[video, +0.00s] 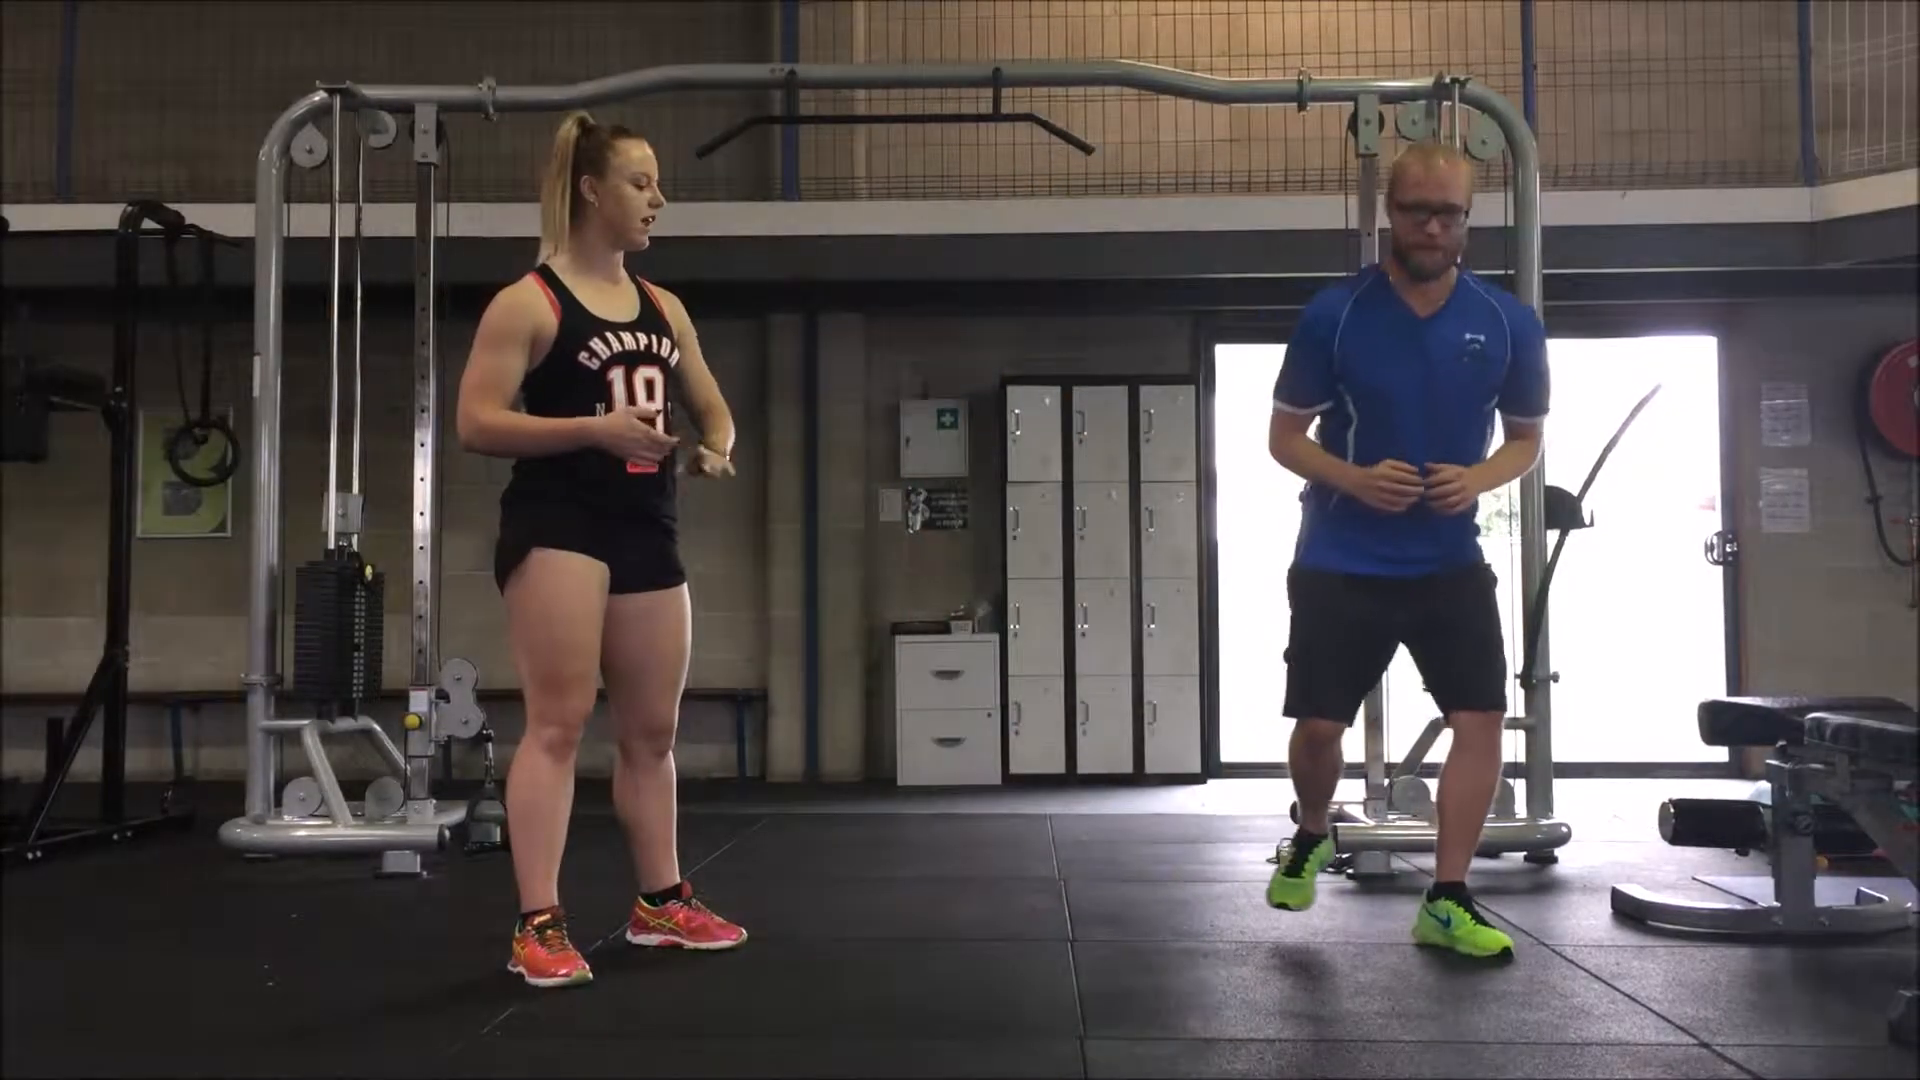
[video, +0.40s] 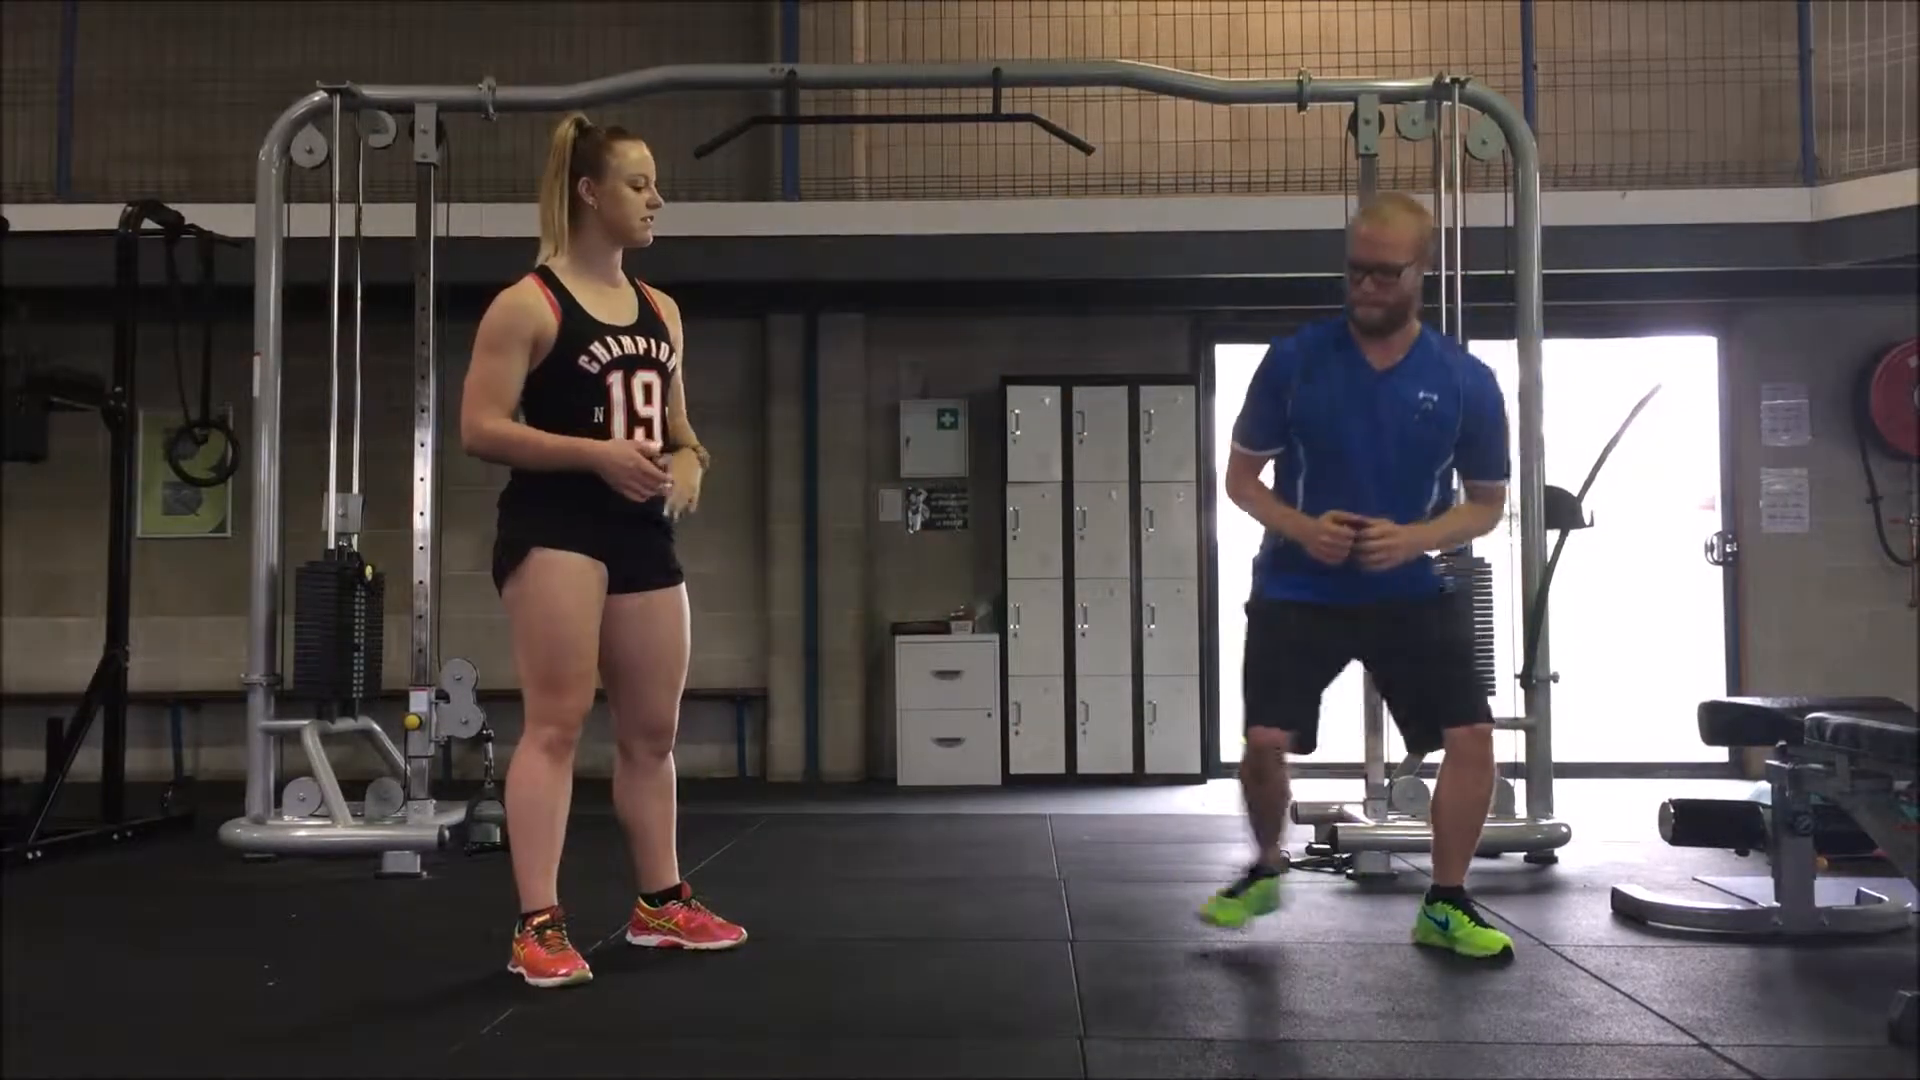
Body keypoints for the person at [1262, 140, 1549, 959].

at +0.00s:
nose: (1430, 226)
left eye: (1447, 213)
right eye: (1415, 211)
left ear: (1468, 219)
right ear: (1386, 213)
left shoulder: (1508, 324)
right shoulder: (1335, 313)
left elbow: (1525, 441)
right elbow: (1285, 437)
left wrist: (1480, 478)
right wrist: (1352, 477)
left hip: (1446, 562)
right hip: (1340, 563)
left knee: (1482, 712)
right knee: (1319, 723)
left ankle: (1448, 895)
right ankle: (1310, 833)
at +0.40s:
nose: (1368, 286)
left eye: (1387, 273)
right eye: (1357, 270)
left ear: (1423, 274)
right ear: (1344, 265)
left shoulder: (1466, 381)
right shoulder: (1293, 360)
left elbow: (1486, 505)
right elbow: (1240, 477)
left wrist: (1416, 538)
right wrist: (1302, 528)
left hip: (1407, 594)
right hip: (1297, 592)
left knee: (1470, 734)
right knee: (1264, 739)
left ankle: (1446, 902)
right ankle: (1266, 867)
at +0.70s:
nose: (1167, 197)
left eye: (1181, 181)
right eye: (1153, 182)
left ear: (1210, 178)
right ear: (1133, 183)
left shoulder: (1266, 271)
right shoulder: (1093, 283)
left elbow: (1302, 392)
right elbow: (1057, 401)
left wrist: (1227, 382)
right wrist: (1113, 408)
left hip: (1232, 526)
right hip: (1120, 529)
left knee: (1317, 679)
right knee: (1050, 691)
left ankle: (1379, 846)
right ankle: (983, 867)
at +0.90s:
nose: (1049, 233)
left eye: (1063, 219)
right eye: (1034, 220)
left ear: (1089, 220)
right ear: (1011, 223)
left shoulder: (1139, 321)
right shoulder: (973, 331)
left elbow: (1182, 435)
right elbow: (938, 453)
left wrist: (1113, 446)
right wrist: (1002, 465)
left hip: (1117, 567)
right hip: (1011, 575)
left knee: (1198, 712)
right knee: (981, 739)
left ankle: (1202, 833)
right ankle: (961, 899)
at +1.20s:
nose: (970, 236)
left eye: (985, 220)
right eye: (954, 221)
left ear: (1012, 217)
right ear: (931, 220)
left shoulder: (1064, 310)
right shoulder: (895, 328)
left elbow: (1114, 423)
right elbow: (871, 452)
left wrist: (1042, 443)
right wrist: (926, 471)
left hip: (1054, 553)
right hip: (950, 563)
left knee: (1124, 706)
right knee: (949, 729)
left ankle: (1128, 822)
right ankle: (957, 898)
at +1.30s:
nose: (963, 259)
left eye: (976, 240)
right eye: (945, 243)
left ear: (998, 224)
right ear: (917, 231)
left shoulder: (1054, 310)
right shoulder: (883, 331)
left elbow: (1100, 421)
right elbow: (862, 455)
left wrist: (1034, 449)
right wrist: (913, 474)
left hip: (1049, 553)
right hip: (942, 564)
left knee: (1122, 703)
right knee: (941, 730)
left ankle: (1134, 818)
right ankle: (955, 898)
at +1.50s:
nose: (952, 268)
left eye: (965, 251)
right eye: (935, 254)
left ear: (986, 231)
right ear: (904, 236)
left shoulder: (1044, 311)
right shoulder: (872, 337)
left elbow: (1097, 414)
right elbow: (860, 465)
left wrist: (1035, 454)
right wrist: (897, 483)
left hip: (1053, 554)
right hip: (945, 565)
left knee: (1126, 702)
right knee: (934, 728)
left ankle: (1140, 825)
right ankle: (953, 897)